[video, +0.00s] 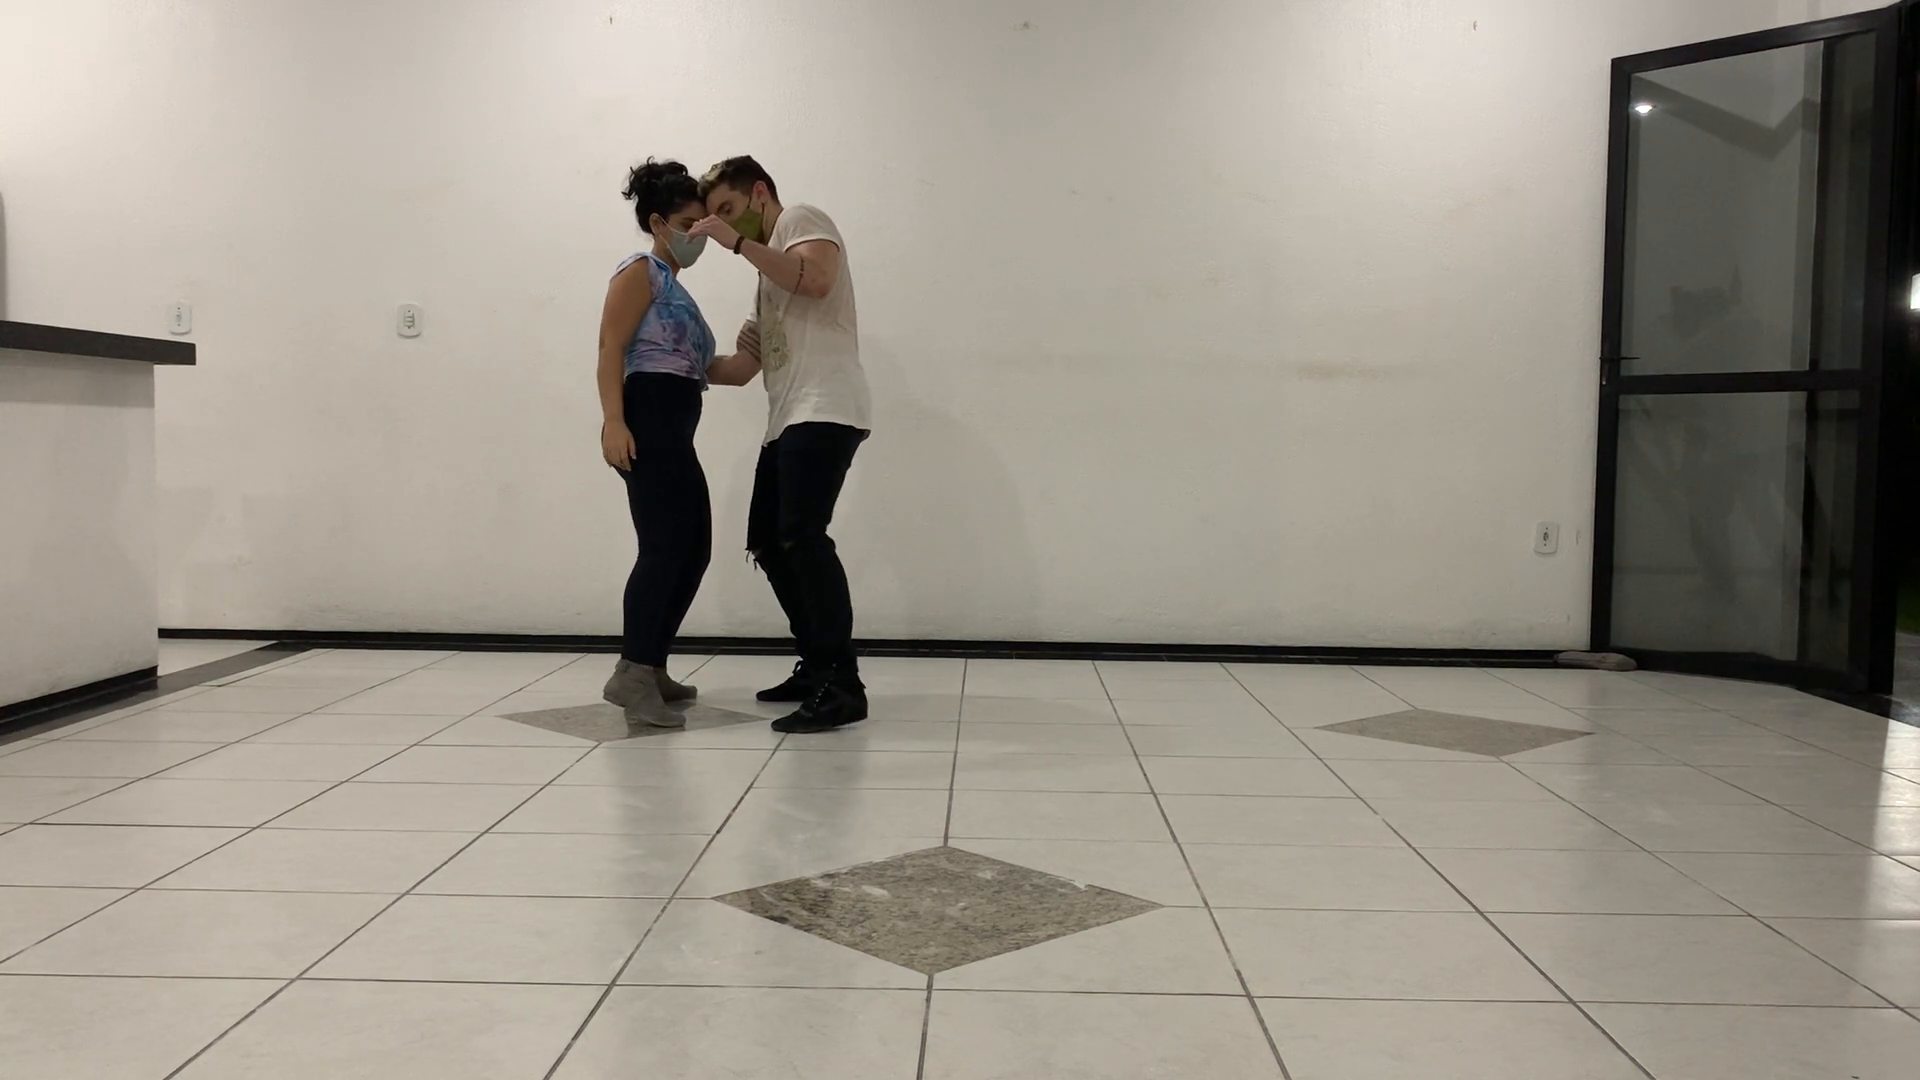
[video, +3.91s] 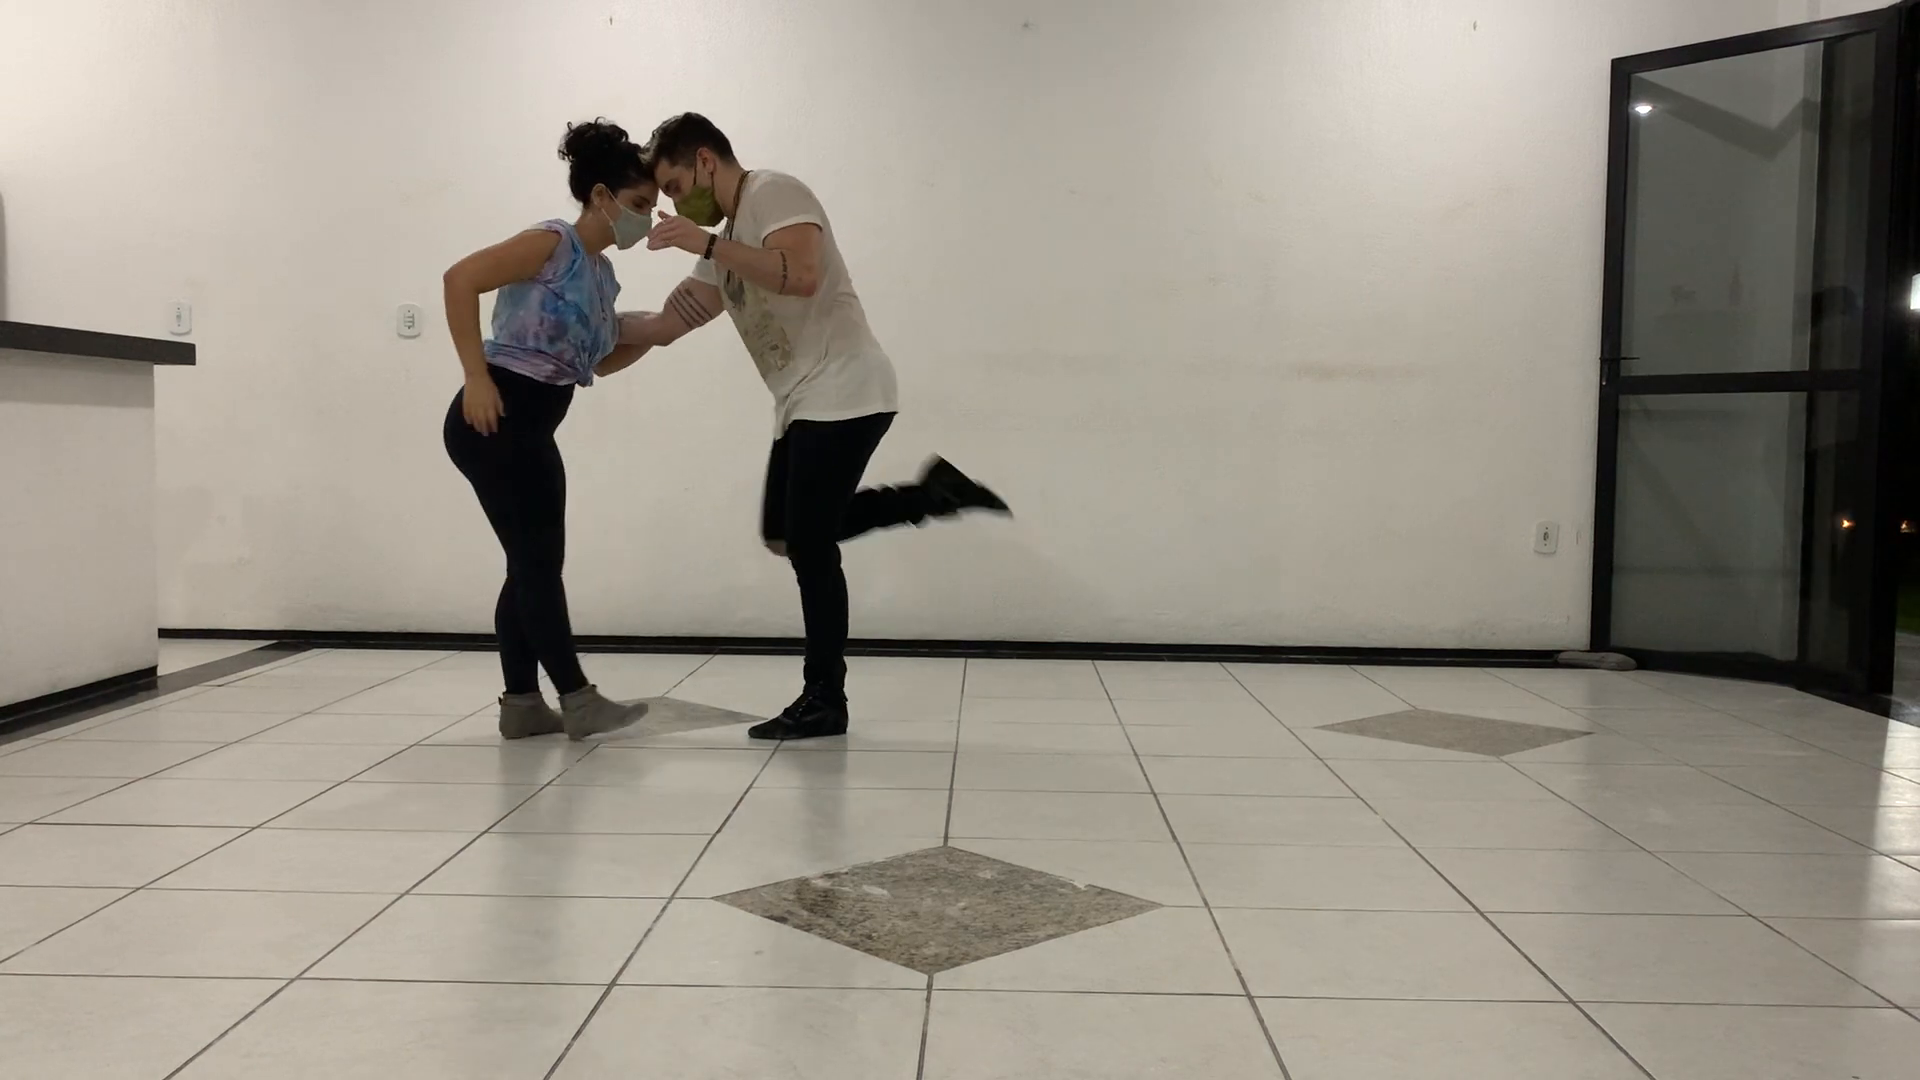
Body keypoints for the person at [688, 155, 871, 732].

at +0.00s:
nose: (726, 228)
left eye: (729, 213)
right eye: (718, 220)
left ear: (762, 193)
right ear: (738, 216)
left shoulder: (803, 219)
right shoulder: (768, 284)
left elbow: (814, 279)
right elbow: (739, 368)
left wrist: (736, 242)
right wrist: (672, 357)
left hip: (826, 408)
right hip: (788, 418)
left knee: (801, 534)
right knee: (767, 540)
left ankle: (842, 687)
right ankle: (817, 668)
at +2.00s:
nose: (730, 231)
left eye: (732, 214)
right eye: (722, 222)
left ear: (766, 194)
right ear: (748, 214)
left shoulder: (808, 220)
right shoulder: (775, 285)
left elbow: (812, 284)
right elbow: (744, 364)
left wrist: (735, 249)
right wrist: (682, 362)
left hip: (834, 406)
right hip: (794, 415)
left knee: (795, 532)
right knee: (767, 541)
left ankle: (845, 682)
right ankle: (816, 665)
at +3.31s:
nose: (707, 197)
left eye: (708, 181)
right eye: (701, 188)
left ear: (739, 159)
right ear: (741, 166)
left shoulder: (792, 192)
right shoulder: (772, 233)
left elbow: (786, 282)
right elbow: (709, 312)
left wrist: (697, 240)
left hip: (867, 392)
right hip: (864, 395)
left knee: (844, 541)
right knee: (858, 542)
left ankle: (831, 699)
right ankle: (833, 695)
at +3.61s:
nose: (689, 204)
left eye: (689, 189)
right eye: (683, 195)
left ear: (720, 165)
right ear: (722, 171)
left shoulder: (780, 196)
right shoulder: (756, 234)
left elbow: (798, 281)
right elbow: (682, 306)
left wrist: (702, 254)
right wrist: (596, 319)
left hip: (860, 396)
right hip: (874, 393)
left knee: (842, 551)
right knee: (895, 540)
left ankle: (824, 701)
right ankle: (928, 690)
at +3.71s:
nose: (683, 203)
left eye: (684, 185)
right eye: (676, 193)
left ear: (714, 160)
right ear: (714, 169)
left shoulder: (778, 193)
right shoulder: (745, 240)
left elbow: (801, 275)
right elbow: (675, 310)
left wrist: (705, 250)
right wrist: (590, 320)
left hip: (855, 396)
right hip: (853, 397)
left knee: (835, 546)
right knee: (873, 536)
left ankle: (825, 699)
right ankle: (963, 665)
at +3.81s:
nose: (677, 203)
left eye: (677, 186)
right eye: (672, 194)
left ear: (711, 163)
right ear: (709, 172)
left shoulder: (776, 193)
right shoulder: (739, 241)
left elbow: (802, 273)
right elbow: (670, 316)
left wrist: (703, 244)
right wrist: (577, 320)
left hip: (852, 393)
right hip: (824, 400)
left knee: (825, 543)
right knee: (832, 540)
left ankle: (825, 703)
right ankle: (978, 579)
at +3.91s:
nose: (672, 201)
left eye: (673, 184)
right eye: (666, 192)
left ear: (707, 160)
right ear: (701, 171)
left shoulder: (774, 194)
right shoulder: (730, 245)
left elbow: (801, 274)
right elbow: (667, 322)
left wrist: (707, 245)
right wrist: (583, 350)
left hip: (847, 392)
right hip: (804, 402)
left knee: (812, 537)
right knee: (783, 534)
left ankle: (824, 701)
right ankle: (930, 496)